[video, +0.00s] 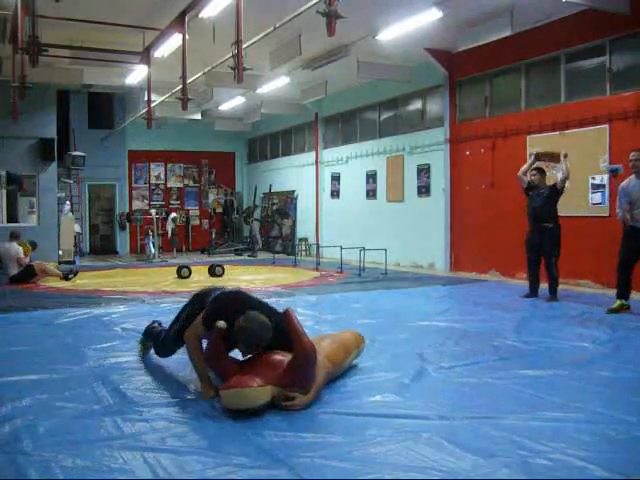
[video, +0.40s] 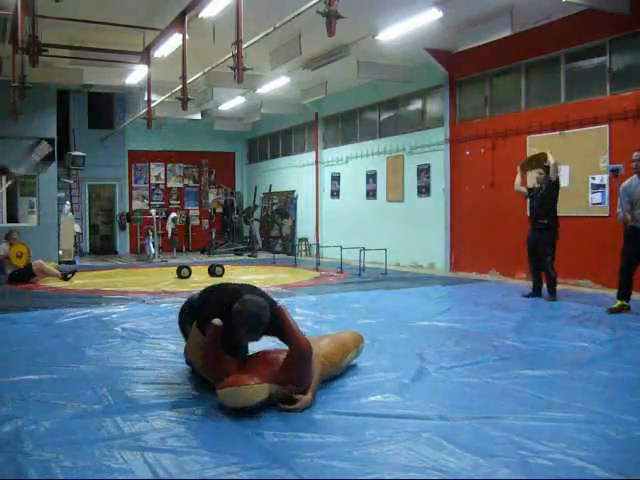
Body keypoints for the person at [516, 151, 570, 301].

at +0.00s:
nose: (532, 177)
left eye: (535, 174)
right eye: (531, 175)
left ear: (543, 177)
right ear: (530, 178)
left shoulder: (553, 190)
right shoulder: (530, 191)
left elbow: (565, 177)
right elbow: (520, 174)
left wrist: (564, 161)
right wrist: (530, 162)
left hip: (550, 228)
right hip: (534, 228)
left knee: (550, 261)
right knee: (532, 261)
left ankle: (553, 292)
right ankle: (533, 290)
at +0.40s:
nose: (539, 176)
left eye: (541, 174)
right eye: (537, 174)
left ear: (547, 176)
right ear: (534, 177)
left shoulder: (551, 188)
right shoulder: (532, 191)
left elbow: (553, 164)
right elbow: (517, 187)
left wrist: (549, 157)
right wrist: (519, 173)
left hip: (548, 225)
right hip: (535, 226)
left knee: (547, 260)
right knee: (533, 259)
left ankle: (551, 291)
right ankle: (536, 289)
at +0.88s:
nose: (529, 179)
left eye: (532, 177)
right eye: (530, 176)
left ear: (540, 180)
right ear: (539, 181)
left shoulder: (540, 192)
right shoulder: (542, 194)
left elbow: (535, 204)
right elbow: (539, 217)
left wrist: (517, 204)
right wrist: (521, 219)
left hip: (549, 232)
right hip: (542, 231)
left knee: (542, 259)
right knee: (534, 259)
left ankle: (551, 292)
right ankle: (536, 290)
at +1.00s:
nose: (524, 180)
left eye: (527, 178)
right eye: (525, 178)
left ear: (535, 182)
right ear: (533, 182)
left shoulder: (539, 195)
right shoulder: (534, 196)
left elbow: (539, 211)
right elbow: (538, 216)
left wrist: (517, 214)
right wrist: (526, 223)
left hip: (550, 232)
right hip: (541, 232)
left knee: (544, 259)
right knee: (535, 260)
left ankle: (551, 292)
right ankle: (536, 290)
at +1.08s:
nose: (519, 182)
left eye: (522, 179)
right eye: (520, 179)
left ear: (530, 182)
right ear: (528, 183)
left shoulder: (538, 196)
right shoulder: (531, 198)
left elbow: (544, 211)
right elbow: (535, 215)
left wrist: (522, 220)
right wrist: (525, 225)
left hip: (550, 232)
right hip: (540, 232)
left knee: (546, 260)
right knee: (536, 260)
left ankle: (552, 292)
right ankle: (536, 290)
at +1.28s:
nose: (513, 184)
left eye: (515, 182)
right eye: (513, 182)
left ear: (524, 184)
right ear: (521, 184)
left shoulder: (537, 194)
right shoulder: (525, 201)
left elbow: (547, 208)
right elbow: (534, 218)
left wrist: (528, 219)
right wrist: (523, 229)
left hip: (551, 230)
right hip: (539, 231)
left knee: (549, 260)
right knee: (535, 260)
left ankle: (552, 292)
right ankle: (536, 290)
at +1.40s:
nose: (513, 184)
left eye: (515, 181)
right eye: (513, 181)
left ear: (524, 183)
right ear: (521, 184)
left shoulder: (537, 194)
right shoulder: (525, 201)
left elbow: (546, 207)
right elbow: (532, 218)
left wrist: (526, 217)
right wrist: (521, 227)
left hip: (550, 230)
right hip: (537, 231)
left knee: (549, 260)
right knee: (535, 260)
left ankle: (553, 292)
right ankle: (536, 290)